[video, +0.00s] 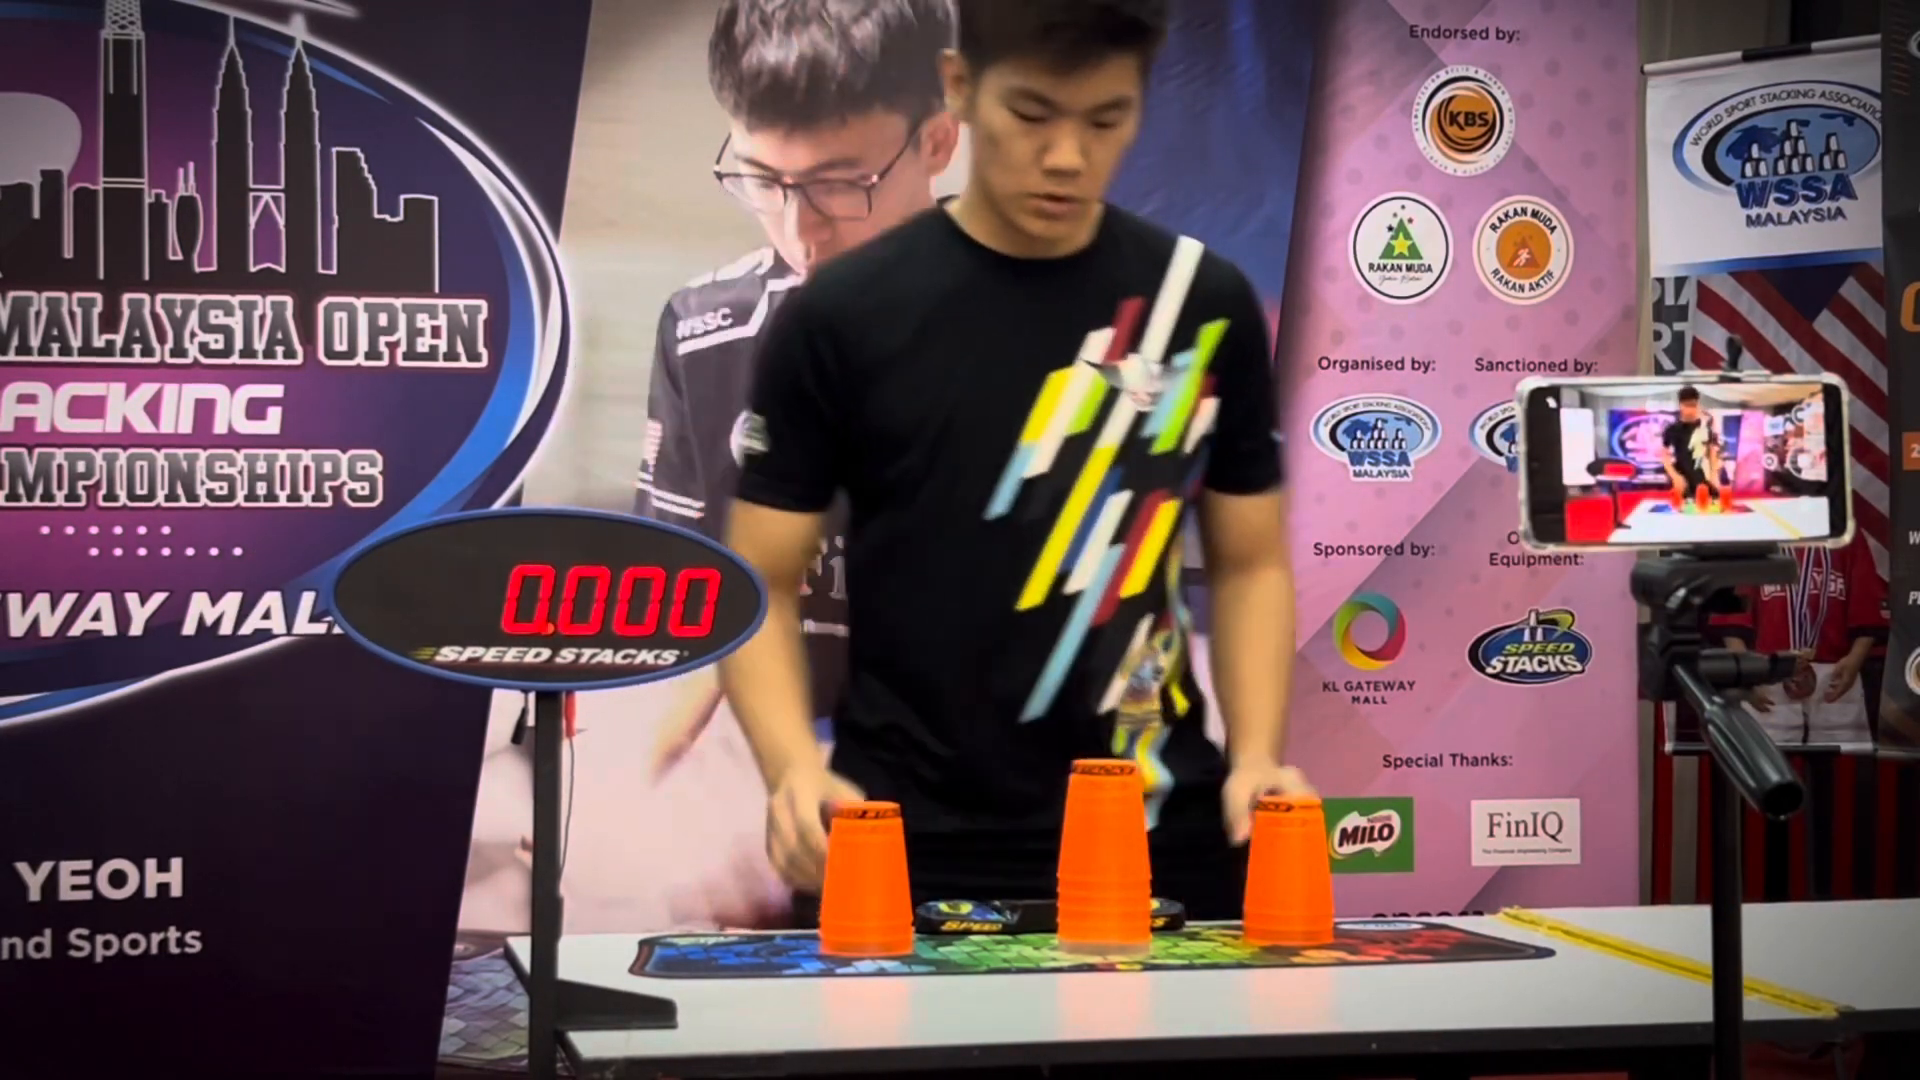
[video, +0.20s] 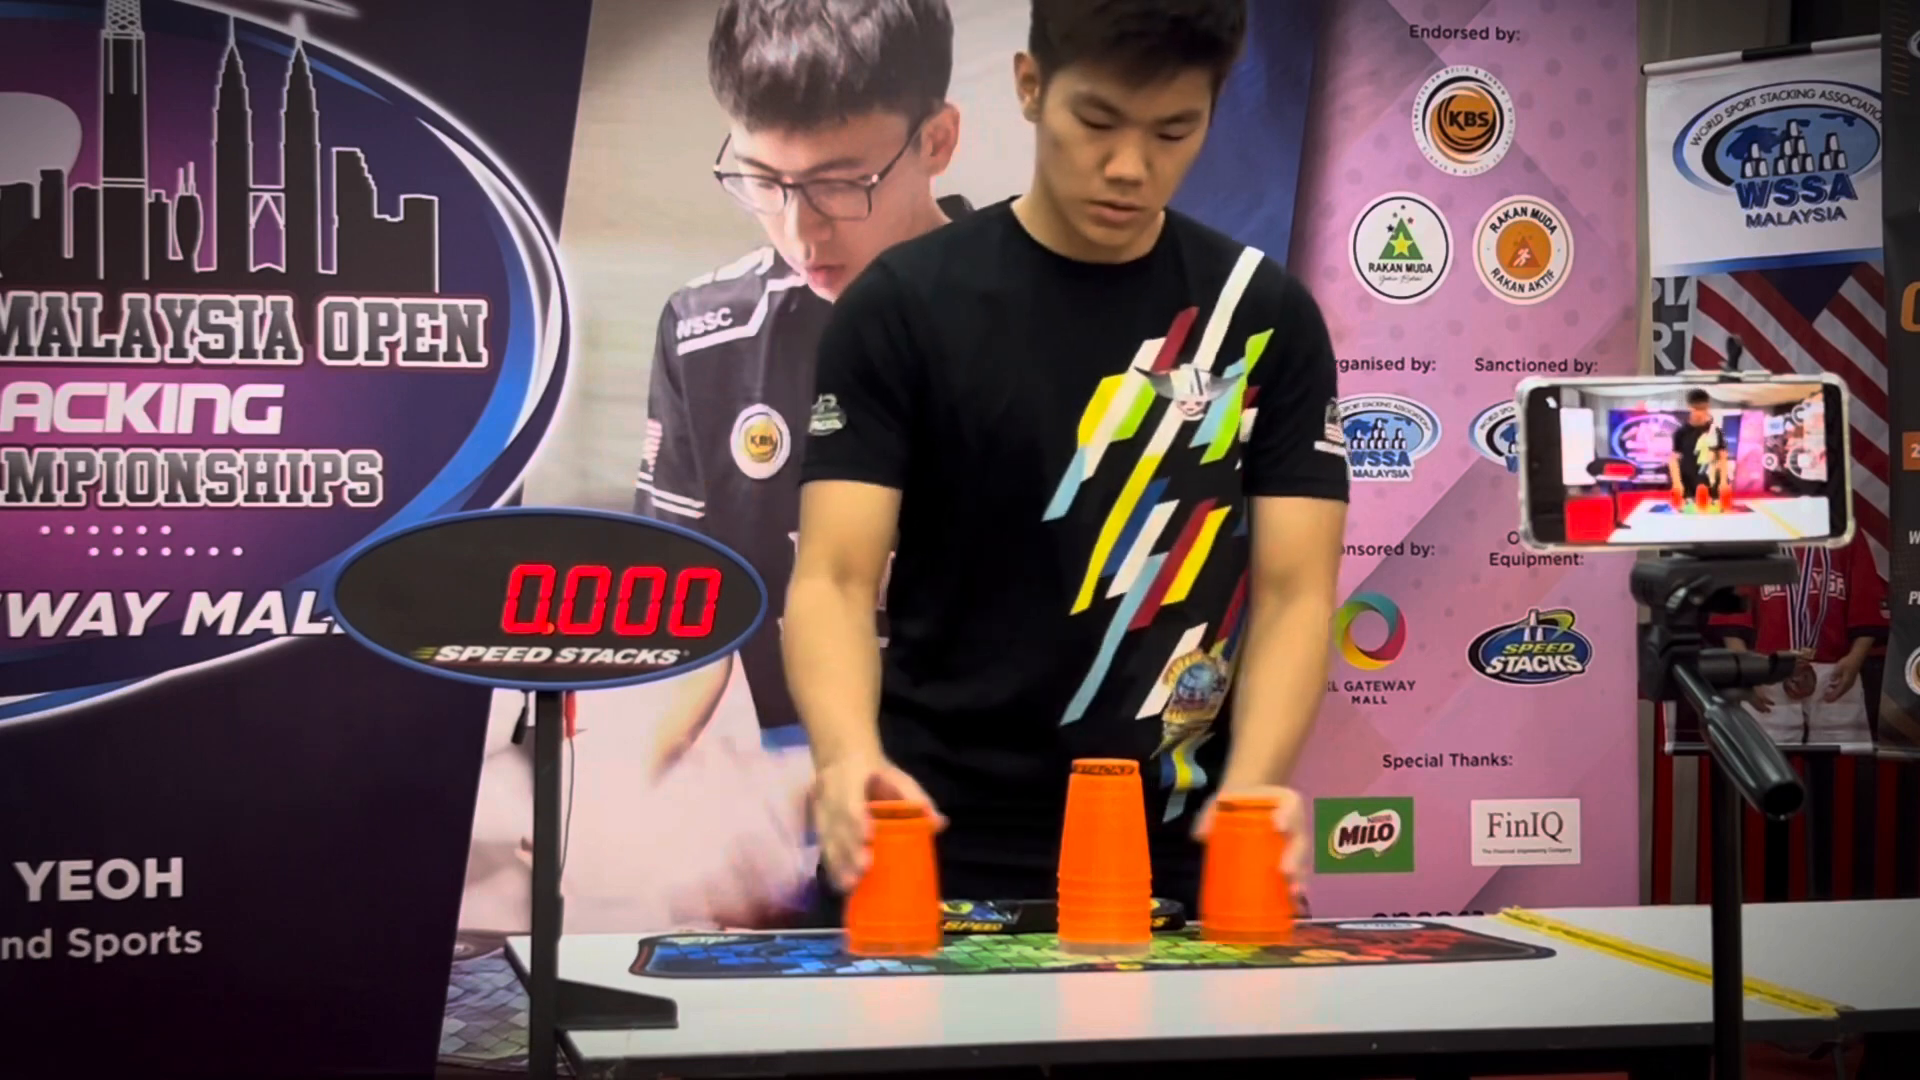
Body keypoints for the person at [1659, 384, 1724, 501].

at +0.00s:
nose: (1691, 411)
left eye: (1694, 406)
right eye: (1687, 406)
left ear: (1698, 406)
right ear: (1680, 406)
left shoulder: (1707, 428)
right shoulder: (1673, 430)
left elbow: (1713, 453)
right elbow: (1666, 457)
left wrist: (1714, 477)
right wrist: (1676, 478)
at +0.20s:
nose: (1701, 413)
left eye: (1704, 409)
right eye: (1697, 409)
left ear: (1708, 408)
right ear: (1690, 408)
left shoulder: (1715, 431)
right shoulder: (1681, 433)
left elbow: (1722, 457)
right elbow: (1674, 459)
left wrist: (1723, 482)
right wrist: (1677, 484)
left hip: (1711, 490)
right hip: (1688, 490)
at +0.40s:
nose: (1710, 416)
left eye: (1713, 411)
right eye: (1706, 411)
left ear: (1717, 411)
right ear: (1700, 410)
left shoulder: (1724, 433)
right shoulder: (1691, 434)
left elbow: (1729, 459)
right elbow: (1685, 459)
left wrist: (1725, 484)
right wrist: (1678, 484)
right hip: (1693, 490)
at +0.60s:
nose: (1709, 418)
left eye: (1712, 413)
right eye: (1705, 412)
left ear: (1716, 413)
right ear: (1698, 411)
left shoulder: (1720, 436)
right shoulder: (1687, 435)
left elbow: (1723, 464)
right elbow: (1679, 462)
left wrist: (1714, 485)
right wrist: (1684, 485)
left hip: (1714, 492)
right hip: (1692, 492)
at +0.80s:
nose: (1707, 418)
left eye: (1711, 414)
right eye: (1704, 413)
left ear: (1715, 413)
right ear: (1697, 411)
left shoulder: (1719, 436)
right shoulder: (1686, 435)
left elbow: (1722, 462)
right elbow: (1676, 460)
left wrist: (1720, 487)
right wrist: (1678, 480)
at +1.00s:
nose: (1708, 418)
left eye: (1712, 414)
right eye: (1705, 413)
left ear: (1716, 413)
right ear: (1699, 411)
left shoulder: (1720, 437)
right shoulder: (1688, 435)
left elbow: (1723, 463)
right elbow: (1682, 465)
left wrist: (1721, 485)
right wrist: (1697, 485)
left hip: (1714, 494)